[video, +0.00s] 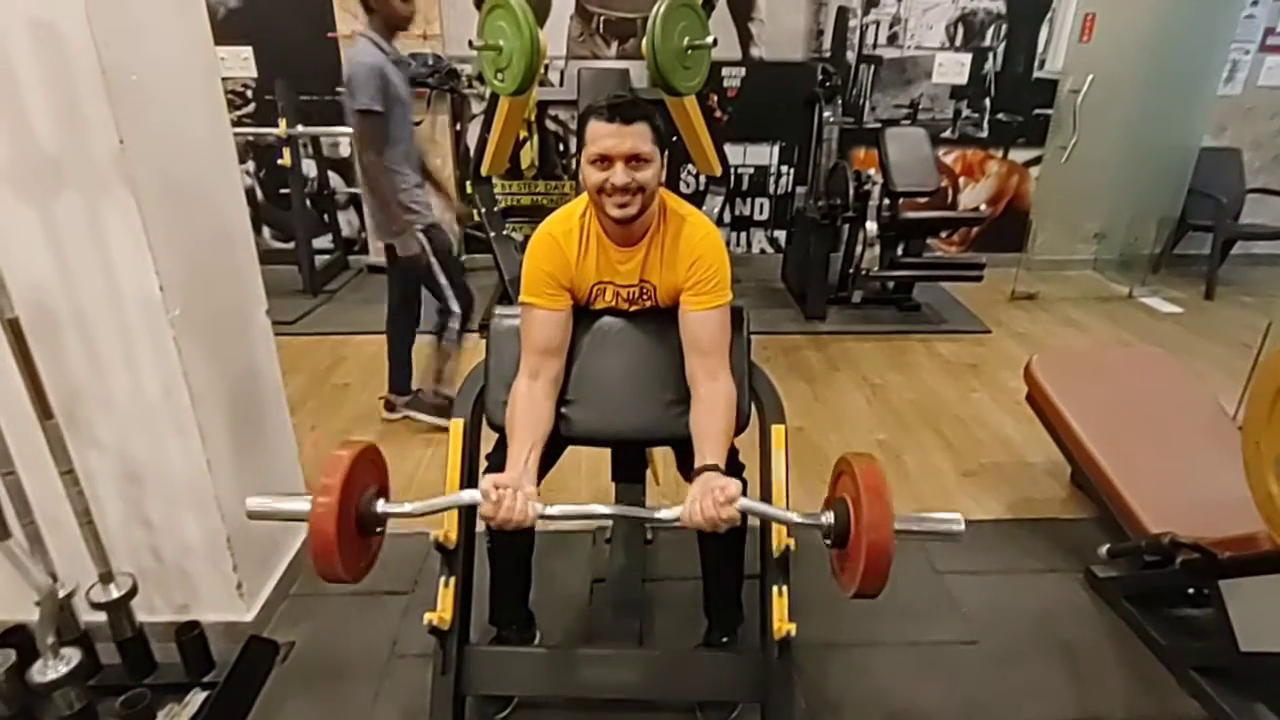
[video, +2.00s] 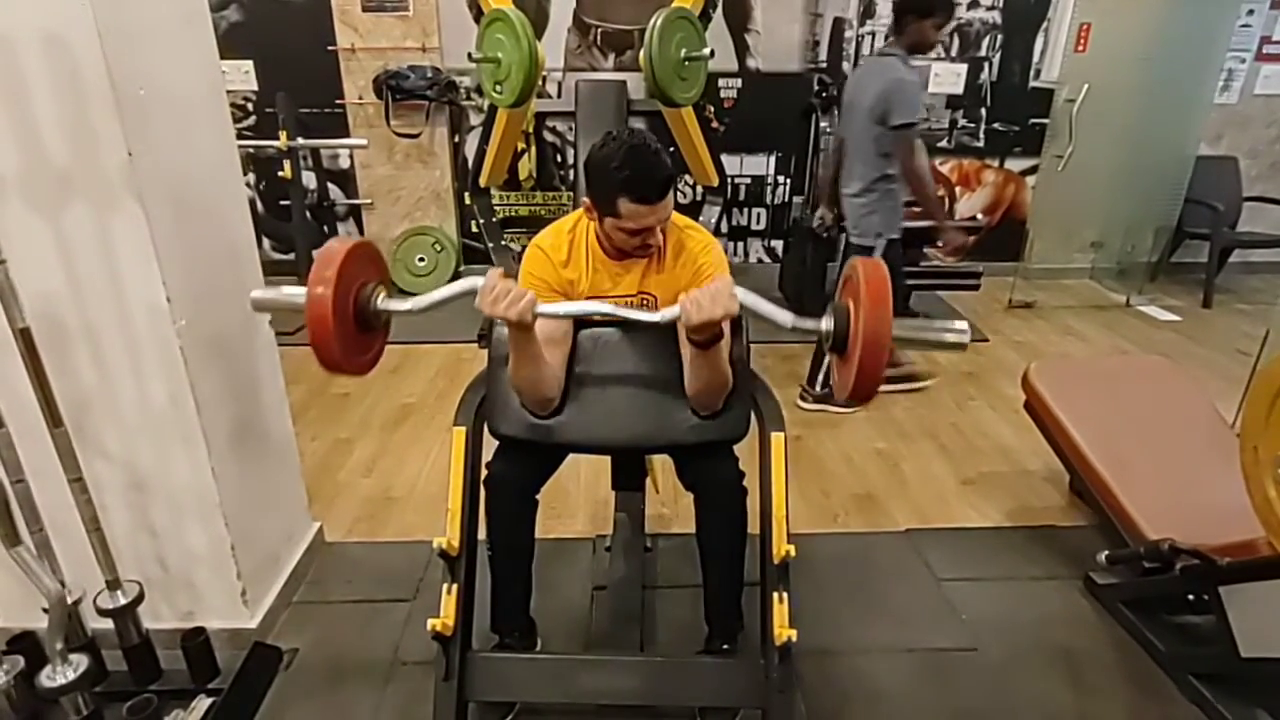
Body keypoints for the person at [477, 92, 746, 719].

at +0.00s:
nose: (620, 178)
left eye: (636, 162)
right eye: (602, 163)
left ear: (661, 167)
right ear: (581, 168)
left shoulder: (696, 241)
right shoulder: (553, 242)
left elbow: (710, 372)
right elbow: (536, 372)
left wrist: (711, 468)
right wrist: (518, 472)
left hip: (674, 367)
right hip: (577, 367)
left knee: (720, 477)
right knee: (508, 469)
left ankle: (723, 637)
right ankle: (511, 630)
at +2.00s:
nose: (652, 238)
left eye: (661, 224)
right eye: (635, 231)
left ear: (671, 199)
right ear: (593, 211)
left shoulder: (696, 249)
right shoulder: (551, 250)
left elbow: (709, 401)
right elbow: (539, 401)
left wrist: (704, 339)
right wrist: (520, 329)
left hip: (669, 391)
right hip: (576, 390)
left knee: (720, 479)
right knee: (507, 479)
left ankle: (724, 637)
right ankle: (512, 633)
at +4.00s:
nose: (620, 240)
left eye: (636, 224)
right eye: (603, 224)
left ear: (659, 201)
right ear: (583, 203)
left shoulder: (698, 255)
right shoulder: (556, 254)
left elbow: (712, 374)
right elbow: (538, 377)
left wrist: (713, 447)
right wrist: (517, 453)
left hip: (670, 390)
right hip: (577, 388)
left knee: (720, 474)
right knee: (504, 474)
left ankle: (724, 639)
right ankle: (512, 639)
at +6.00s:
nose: (615, 207)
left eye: (632, 192)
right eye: (598, 192)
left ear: (656, 201)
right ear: (576, 202)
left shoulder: (697, 275)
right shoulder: (546, 277)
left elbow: (714, 428)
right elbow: (534, 426)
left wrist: (717, 399)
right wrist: (515, 390)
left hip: (670, 418)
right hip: (575, 419)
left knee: (728, 511)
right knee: (505, 512)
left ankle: (730, 673)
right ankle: (512, 675)